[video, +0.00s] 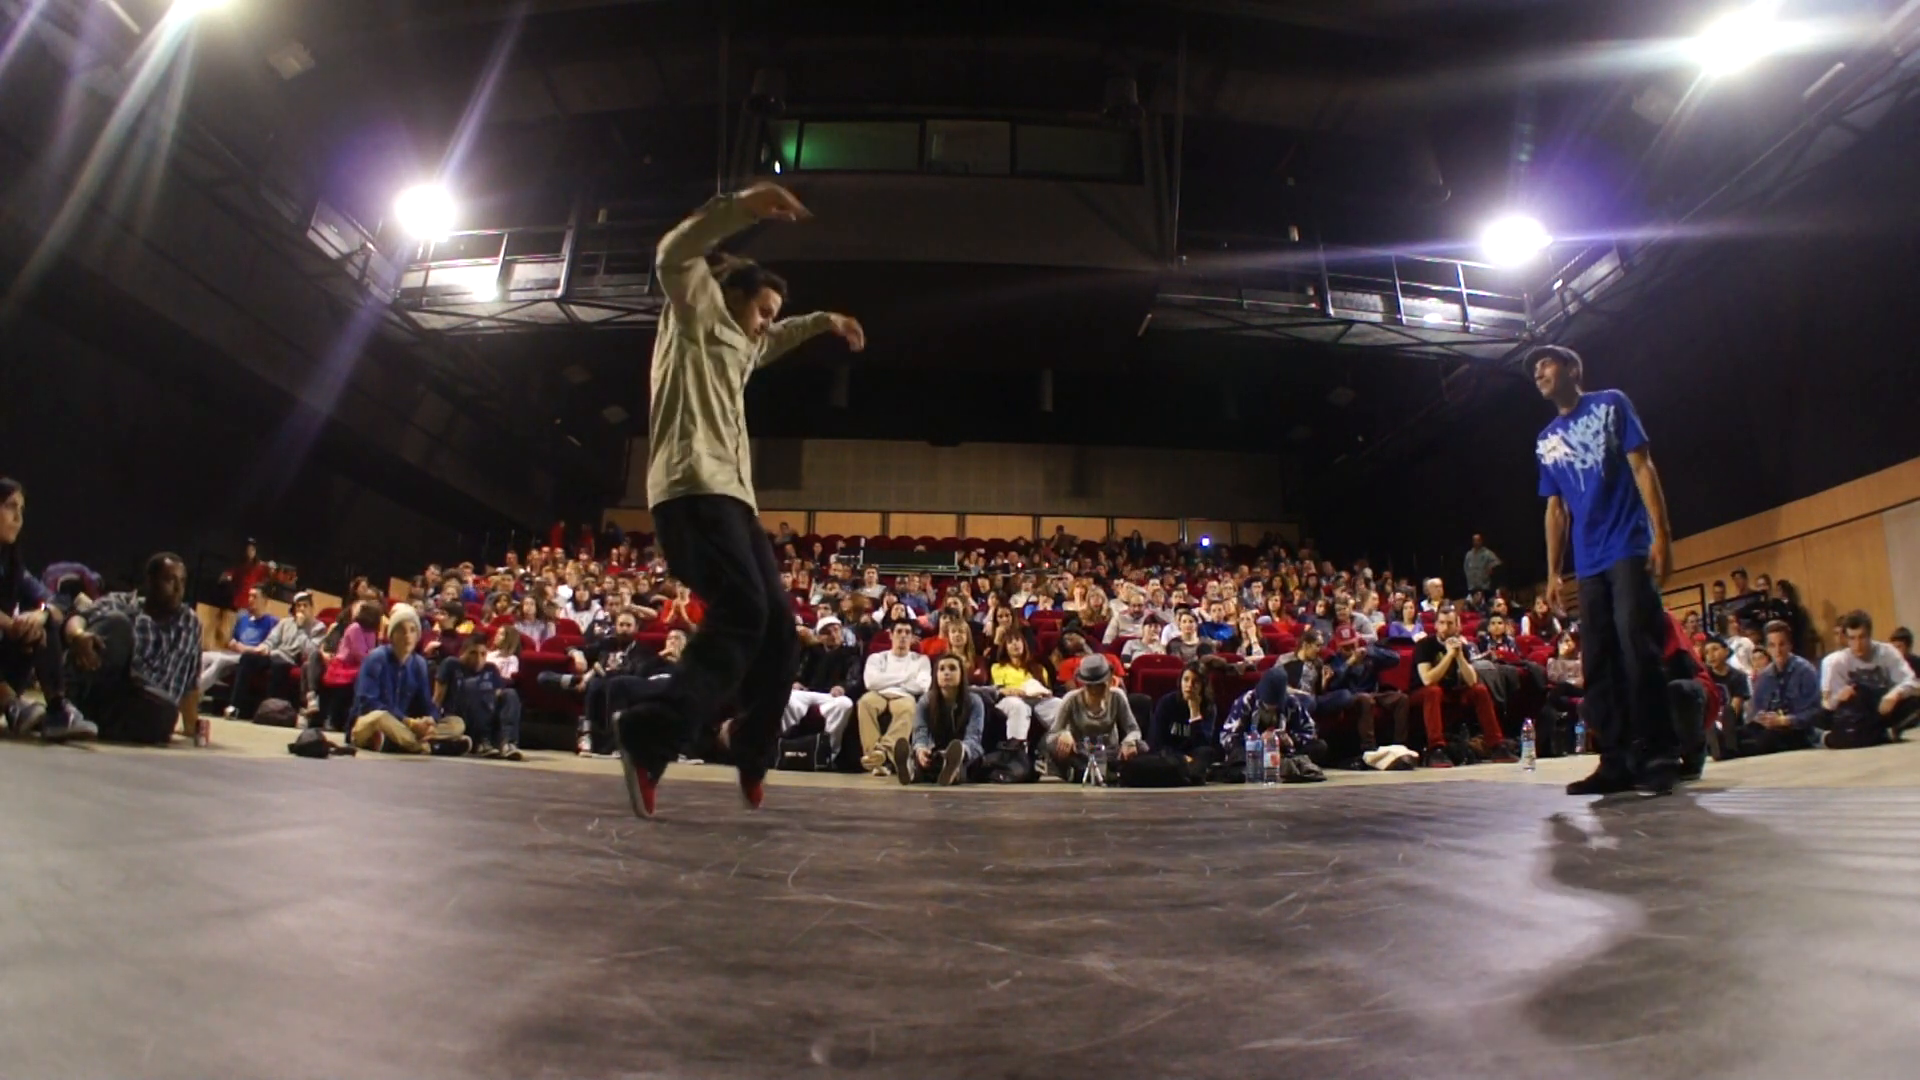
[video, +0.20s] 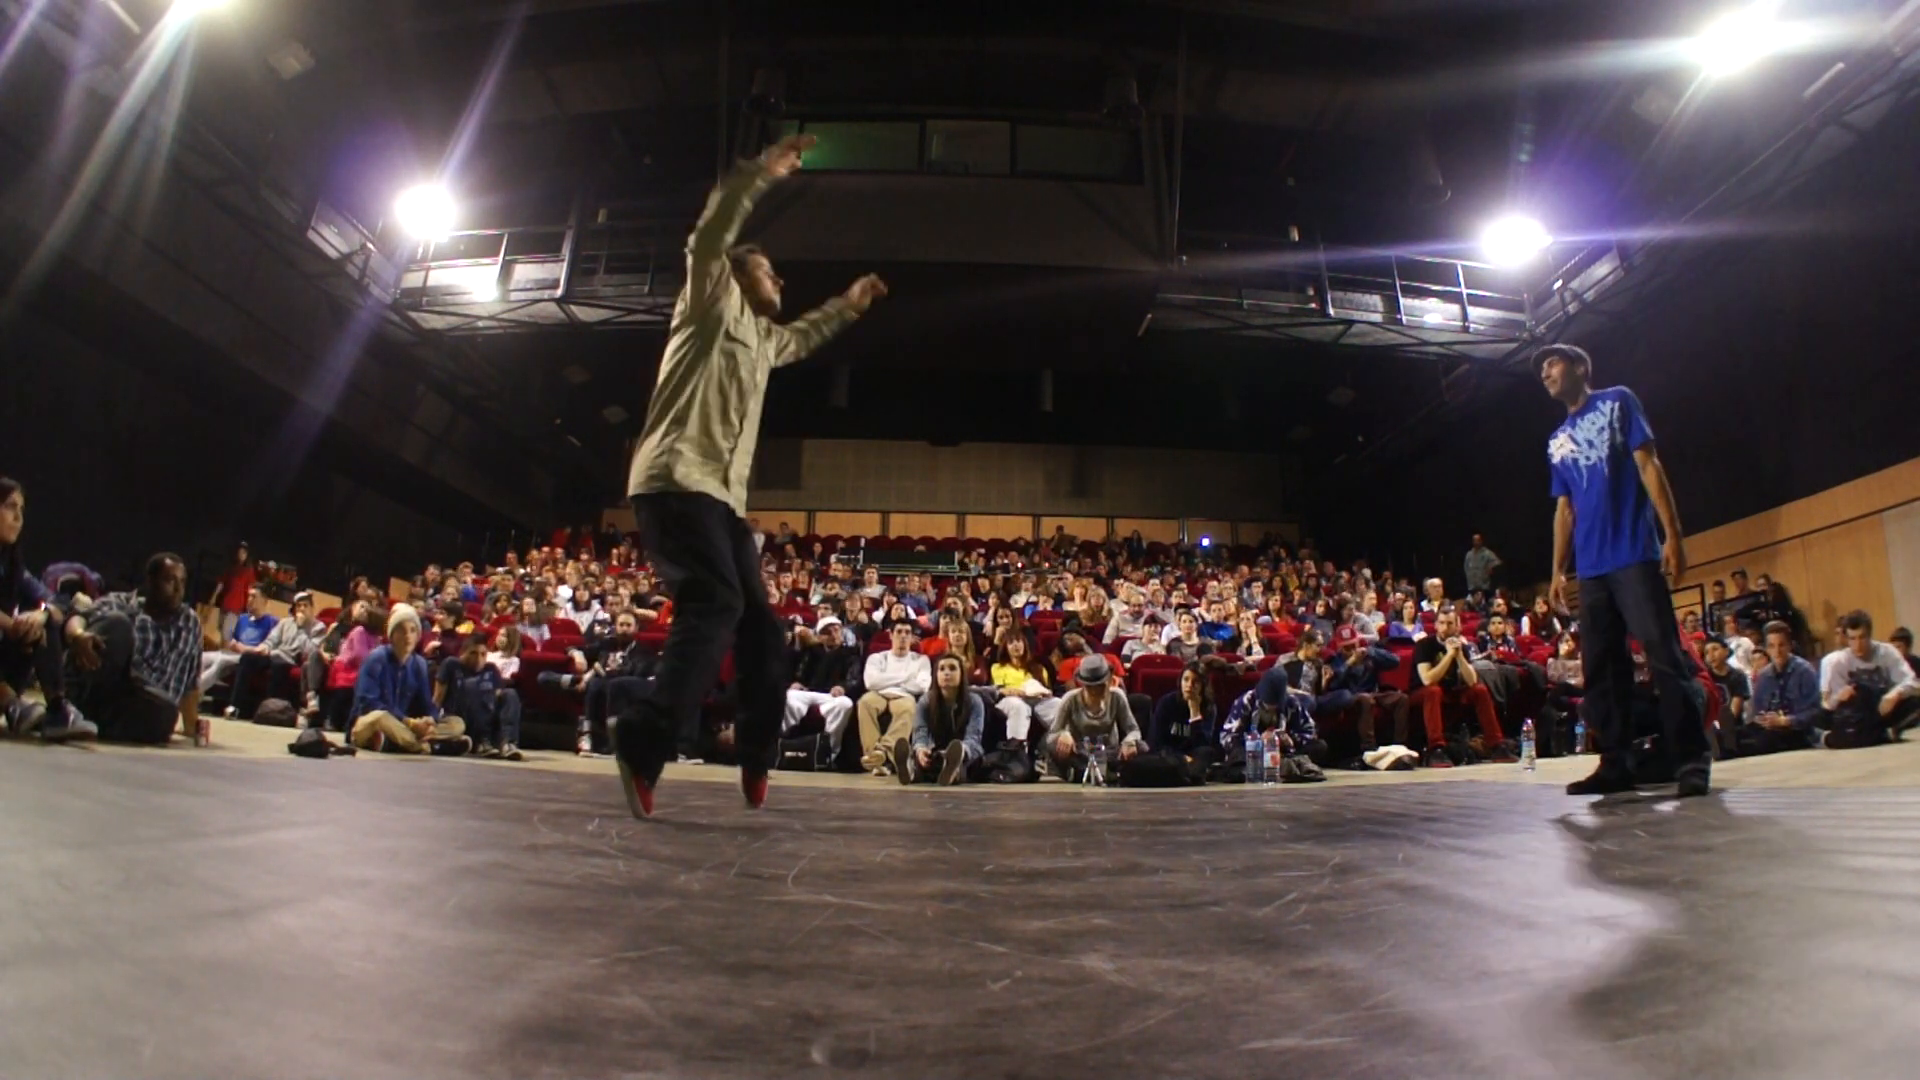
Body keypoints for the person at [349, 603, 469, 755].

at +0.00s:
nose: (408, 637)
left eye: (413, 631)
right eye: (401, 631)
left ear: (418, 635)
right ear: (391, 635)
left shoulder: (420, 664)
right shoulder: (376, 659)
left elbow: (426, 704)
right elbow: (367, 703)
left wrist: (430, 720)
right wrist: (407, 722)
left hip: (411, 724)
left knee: (457, 723)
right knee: (381, 717)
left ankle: (394, 744)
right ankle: (425, 748)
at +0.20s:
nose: (408, 637)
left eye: (413, 631)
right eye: (401, 631)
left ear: (418, 635)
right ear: (391, 635)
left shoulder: (420, 664)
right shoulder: (376, 659)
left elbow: (426, 704)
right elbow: (367, 703)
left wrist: (430, 720)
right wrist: (407, 722)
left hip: (411, 725)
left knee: (457, 724)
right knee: (380, 717)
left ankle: (394, 744)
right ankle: (425, 748)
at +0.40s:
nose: (408, 637)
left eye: (412, 631)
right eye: (401, 631)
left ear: (418, 635)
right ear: (391, 635)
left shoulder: (419, 664)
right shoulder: (375, 659)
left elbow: (427, 704)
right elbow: (367, 704)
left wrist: (430, 721)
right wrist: (407, 722)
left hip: (411, 725)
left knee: (457, 724)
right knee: (381, 717)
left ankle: (394, 744)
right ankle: (425, 748)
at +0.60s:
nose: (408, 637)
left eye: (412, 631)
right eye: (401, 632)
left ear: (418, 635)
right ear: (391, 635)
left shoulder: (419, 664)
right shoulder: (375, 659)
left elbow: (427, 704)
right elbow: (367, 704)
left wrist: (430, 720)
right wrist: (407, 722)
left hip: (411, 725)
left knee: (457, 724)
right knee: (381, 717)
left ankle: (394, 744)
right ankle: (425, 748)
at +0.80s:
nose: (408, 637)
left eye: (413, 631)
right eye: (401, 632)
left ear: (418, 635)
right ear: (391, 635)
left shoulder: (419, 664)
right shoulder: (375, 660)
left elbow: (426, 703)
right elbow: (367, 704)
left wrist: (430, 720)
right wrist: (407, 722)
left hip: (412, 725)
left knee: (457, 724)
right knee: (381, 717)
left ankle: (395, 744)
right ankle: (425, 748)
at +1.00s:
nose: (408, 637)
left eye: (412, 631)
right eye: (401, 632)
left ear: (418, 635)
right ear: (391, 635)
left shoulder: (419, 664)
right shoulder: (375, 660)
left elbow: (426, 704)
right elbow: (368, 703)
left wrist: (430, 720)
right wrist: (407, 722)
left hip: (411, 725)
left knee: (457, 723)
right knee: (381, 718)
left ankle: (395, 744)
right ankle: (424, 748)